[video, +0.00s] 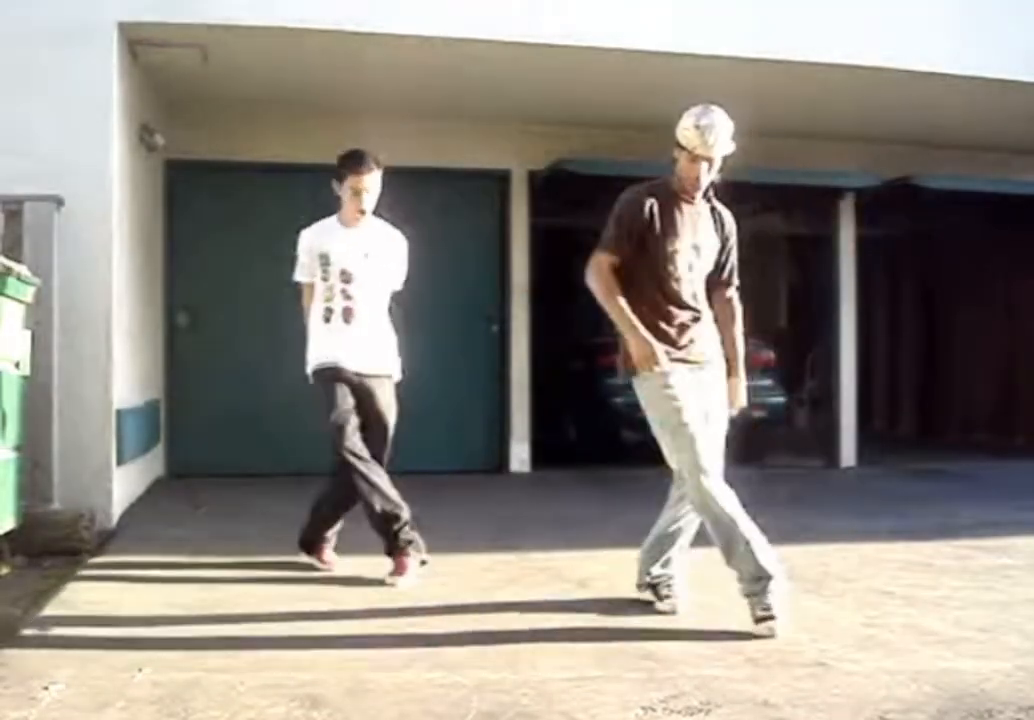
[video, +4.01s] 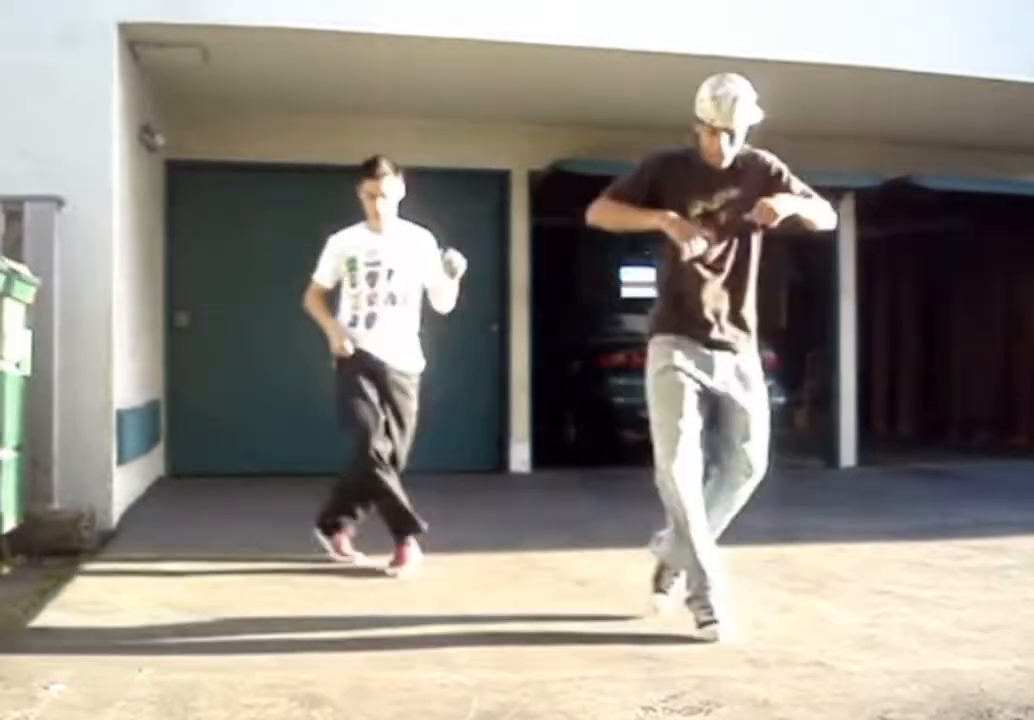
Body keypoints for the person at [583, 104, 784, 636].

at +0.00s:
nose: (697, 171)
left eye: (708, 162)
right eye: (690, 158)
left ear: (722, 162)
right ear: (676, 151)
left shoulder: (721, 220)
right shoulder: (641, 204)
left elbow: (726, 297)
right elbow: (598, 271)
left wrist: (737, 373)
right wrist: (633, 335)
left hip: (708, 358)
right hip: (659, 359)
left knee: (701, 471)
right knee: (701, 473)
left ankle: (658, 570)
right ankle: (763, 582)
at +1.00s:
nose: (759, 170)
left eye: (769, 160)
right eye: (751, 158)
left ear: (784, 153)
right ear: (735, 147)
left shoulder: (797, 199)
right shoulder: (704, 195)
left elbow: (804, 272)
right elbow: (674, 265)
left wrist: (775, 294)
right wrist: (733, 267)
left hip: (784, 355)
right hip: (720, 352)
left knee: (817, 462)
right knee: (682, 460)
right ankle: (650, 583)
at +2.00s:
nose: (660, 163)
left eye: (671, 153)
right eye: (652, 150)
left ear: (681, 150)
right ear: (634, 141)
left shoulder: (683, 184)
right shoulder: (608, 189)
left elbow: (738, 193)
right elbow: (537, 172)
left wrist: (791, 168)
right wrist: (588, 203)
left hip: (683, 345)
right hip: (627, 357)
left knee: (755, 429)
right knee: (611, 466)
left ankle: (785, 553)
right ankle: (536, 570)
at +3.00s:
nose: (700, 157)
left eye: (711, 147)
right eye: (693, 145)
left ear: (725, 141)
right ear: (677, 133)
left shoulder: (728, 183)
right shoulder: (643, 176)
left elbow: (752, 248)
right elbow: (607, 243)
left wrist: (689, 259)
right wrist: (676, 238)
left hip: (707, 340)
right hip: (650, 336)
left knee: (712, 461)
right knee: (674, 451)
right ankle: (732, 576)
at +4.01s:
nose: (721, 144)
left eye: (732, 134)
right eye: (713, 132)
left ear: (748, 129)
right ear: (698, 123)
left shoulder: (763, 169)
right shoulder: (664, 169)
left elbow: (826, 217)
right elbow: (598, 213)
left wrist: (789, 206)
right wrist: (664, 220)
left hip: (738, 345)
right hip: (677, 340)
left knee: (746, 463)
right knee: (678, 461)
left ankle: (671, 551)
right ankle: (704, 594)